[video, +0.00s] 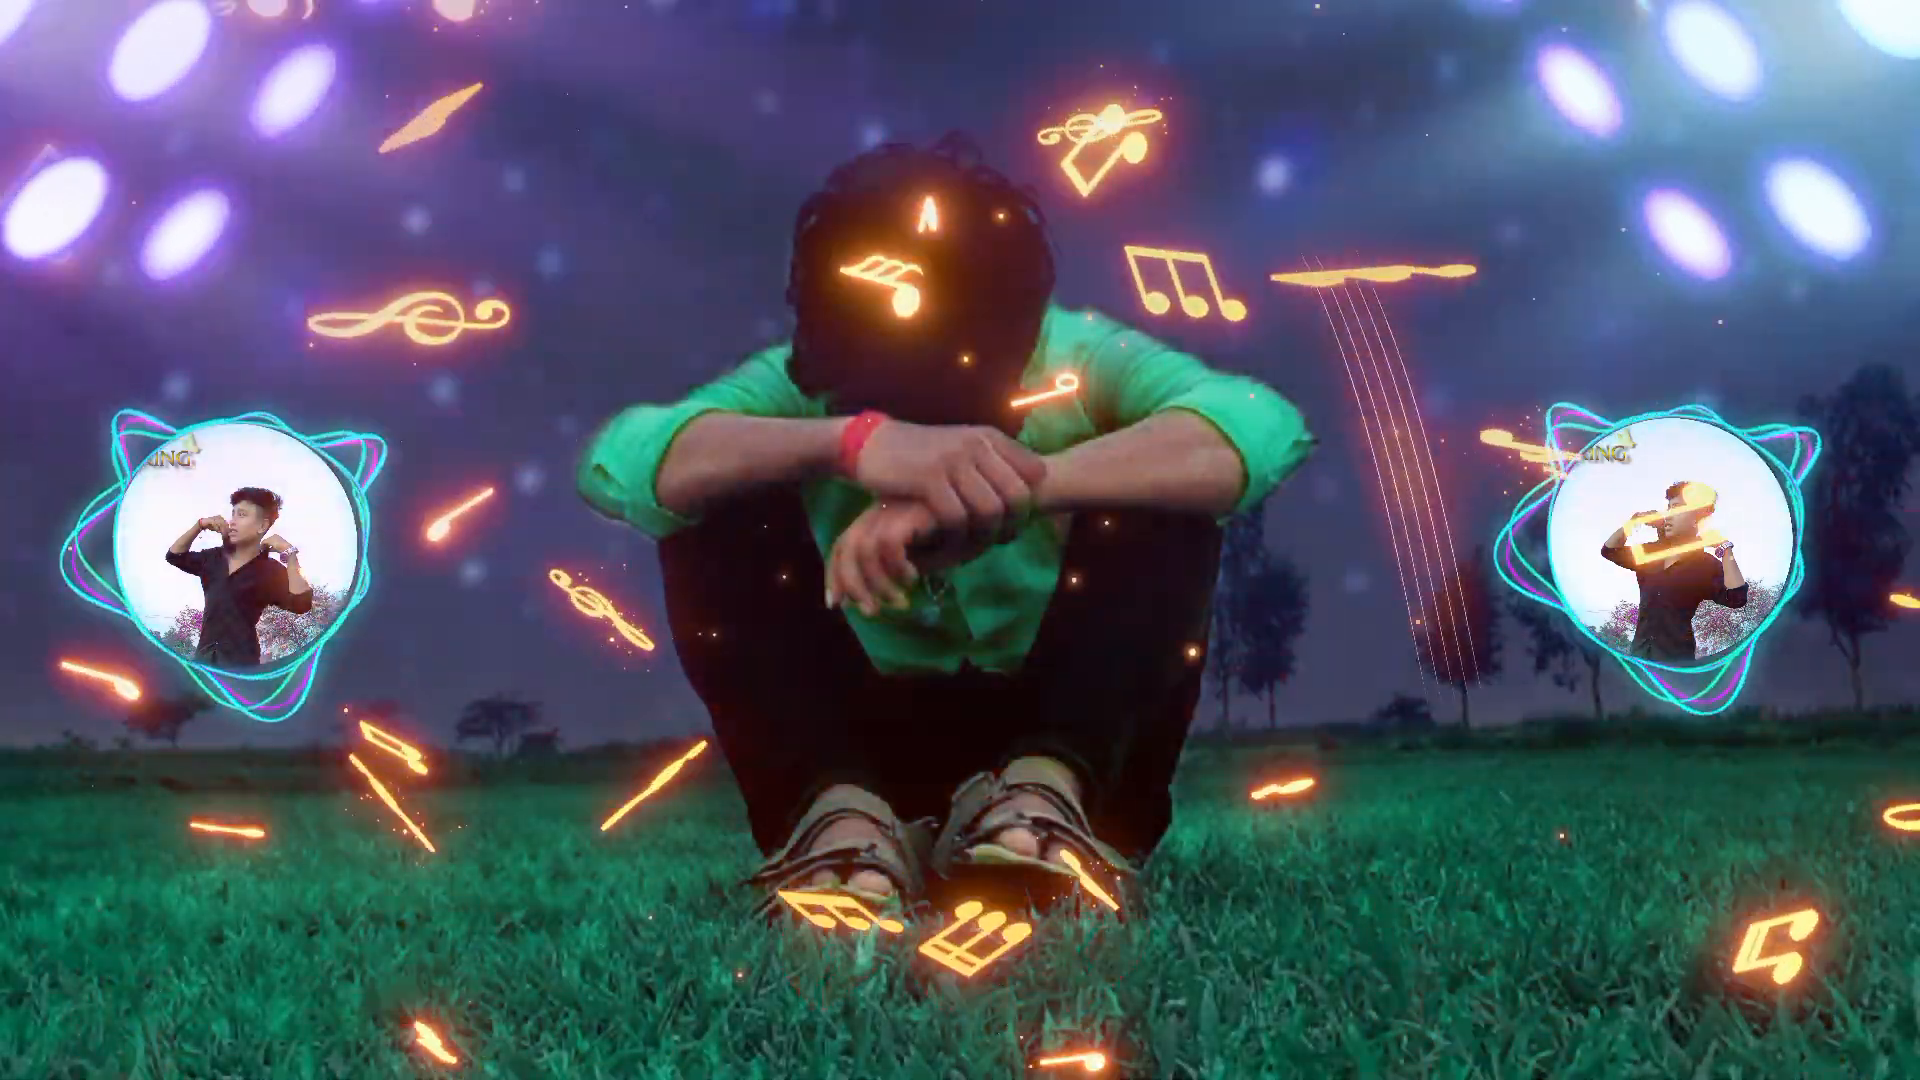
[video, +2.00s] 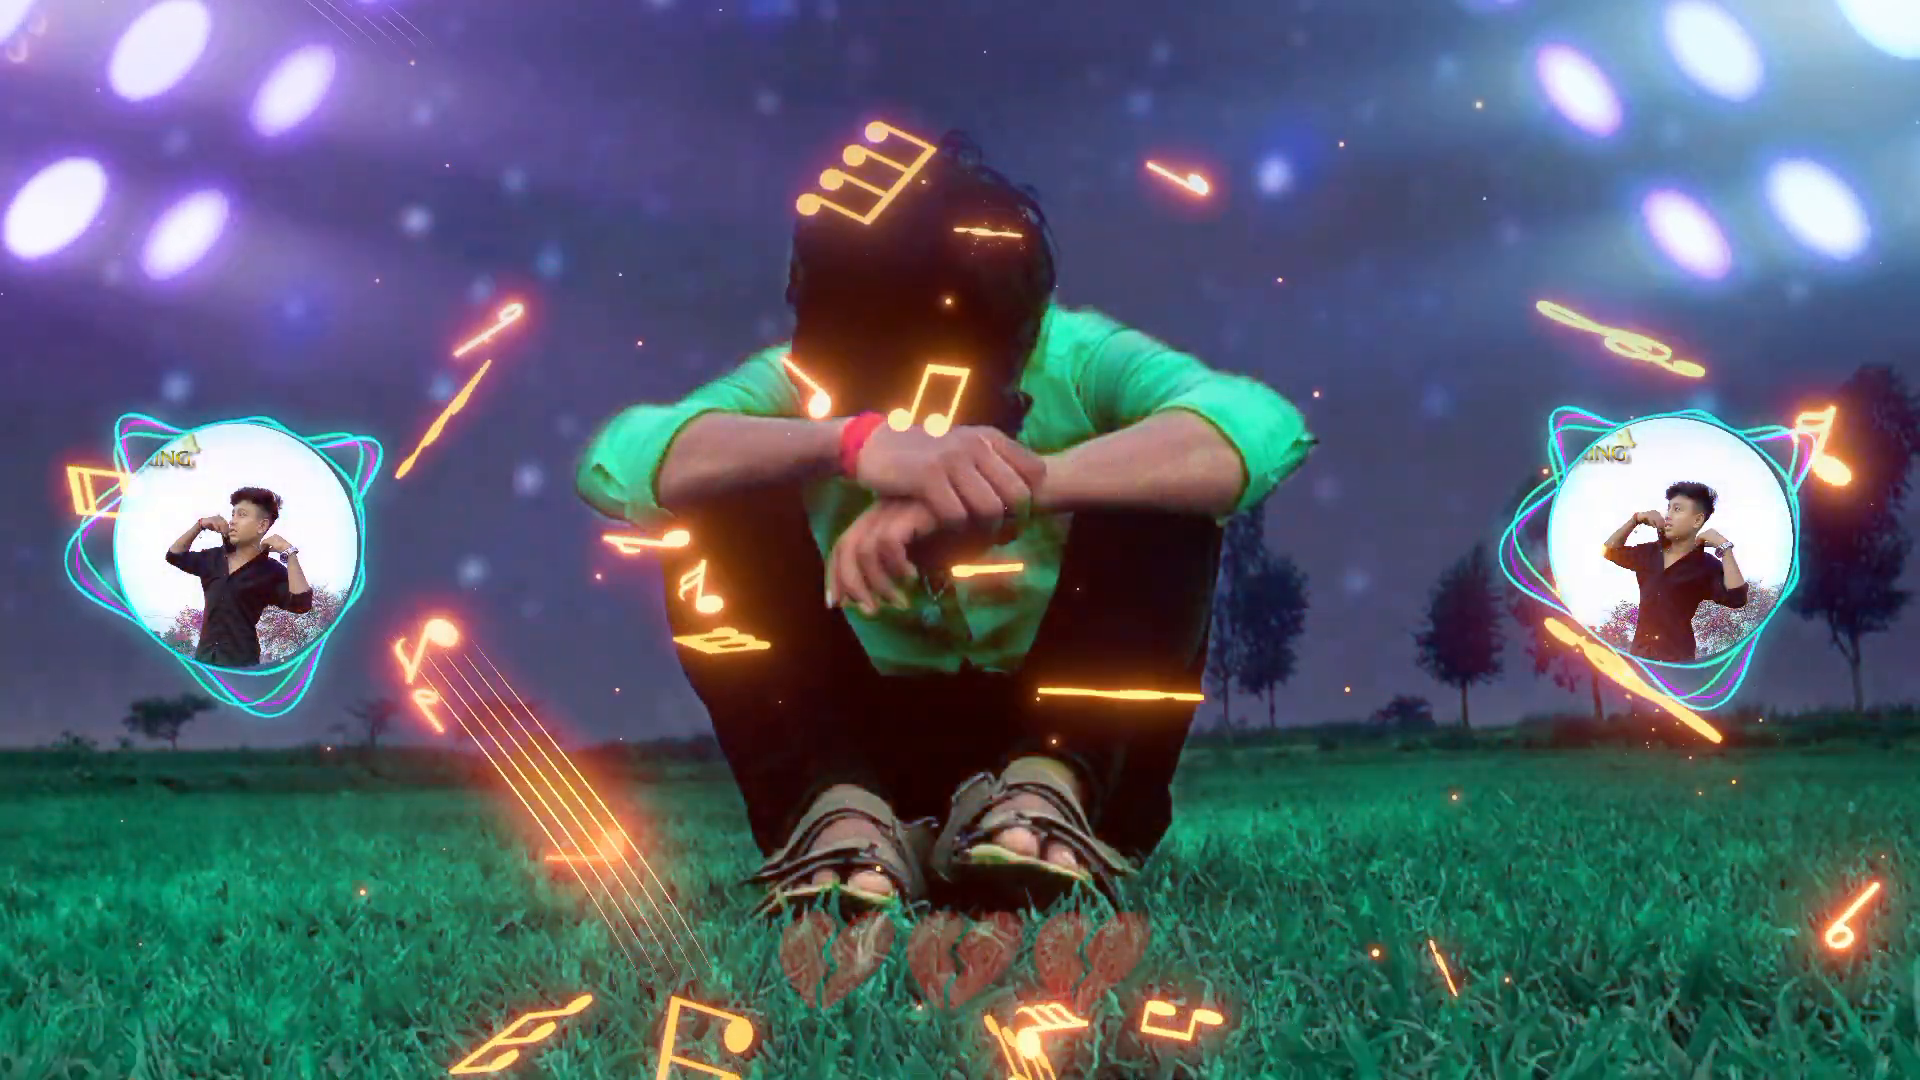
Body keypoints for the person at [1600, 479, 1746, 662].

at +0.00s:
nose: (1667, 514)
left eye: (1676, 507)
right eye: (1668, 507)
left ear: (1698, 513)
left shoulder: (1704, 563)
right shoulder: (1648, 553)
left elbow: (1737, 600)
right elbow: (1609, 551)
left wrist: (1726, 551)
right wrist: (1631, 525)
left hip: (1677, 655)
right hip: (1640, 652)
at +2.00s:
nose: (1667, 515)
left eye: (1677, 509)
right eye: (1669, 508)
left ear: (1698, 520)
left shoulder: (1706, 565)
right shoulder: (1648, 553)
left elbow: (1737, 600)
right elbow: (1610, 551)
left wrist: (1725, 547)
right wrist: (1634, 521)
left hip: (1677, 660)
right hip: (1639, 655)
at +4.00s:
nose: (1667, 515)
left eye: (1677, 509)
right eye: (1668, 509)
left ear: (1698, 520)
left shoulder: (1705, 564)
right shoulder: (1647, 553)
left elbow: (1737, 599)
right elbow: (1609, 551)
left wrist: (1725, 547)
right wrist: (1635, 520)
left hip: (1677, 660)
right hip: (1639, 655)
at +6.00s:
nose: (1667, 515)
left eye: (1677, 509)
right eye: (1668, 509)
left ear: (1698, 520)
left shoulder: (1705, 565)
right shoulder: (1647, 553)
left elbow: (1737, 599)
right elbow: (1609, 551)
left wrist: (1725, 547)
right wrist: (1634, 520)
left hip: (1677, 659)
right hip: (1639, 654)